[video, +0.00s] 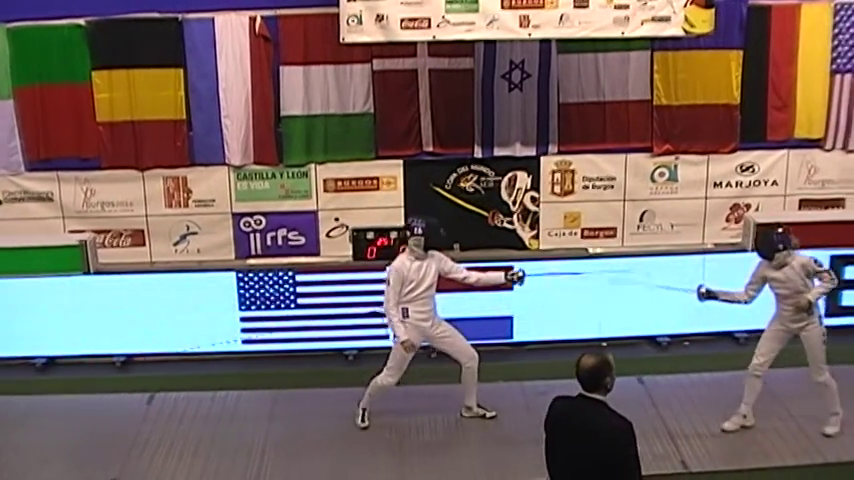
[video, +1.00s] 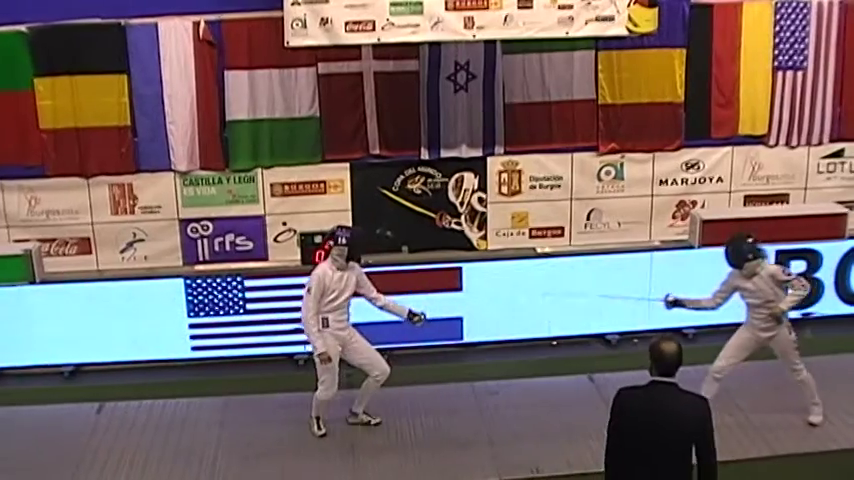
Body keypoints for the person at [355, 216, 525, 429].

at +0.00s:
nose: (419, 242)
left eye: (422, 238)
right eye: (415, 238)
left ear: (427, 239)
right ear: (407, 239)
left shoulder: (436, 259)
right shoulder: (398, 267)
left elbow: (468, 277)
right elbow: (391, 305)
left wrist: (505, 277)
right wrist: (401, 335)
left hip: (434, 324)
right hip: (409, 328)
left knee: (470, 358)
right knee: (389, 379)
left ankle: (470, 407)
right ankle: (364, 406)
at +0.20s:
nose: (423, 236)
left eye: (426, 232)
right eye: (419, 232)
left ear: (431, 234)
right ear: (412, 233)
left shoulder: (441, 254)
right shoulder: (403, 261)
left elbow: (472, 273)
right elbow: (396, 300)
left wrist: (508, 275)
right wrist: (408, 331)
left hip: (435, 318)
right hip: (411, 320)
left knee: (466, 356)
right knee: (404, 376)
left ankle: (461, 407)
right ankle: (392, 409)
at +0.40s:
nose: (410, 242)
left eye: (415, 238)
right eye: (407, 237)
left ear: (420, 240)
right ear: (399, 238)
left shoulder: (427, 260)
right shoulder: (391, 266)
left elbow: (455, 281)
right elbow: (385, 307)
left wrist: (492, 283)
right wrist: (397, 336)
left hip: (425, 323)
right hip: (402, 327)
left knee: (459, 356)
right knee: (393, 384)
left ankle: (452, 407)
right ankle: (367, 408)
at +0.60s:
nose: (381, 250)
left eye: (385, 246)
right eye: (377, 245)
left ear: (390, 248)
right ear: (370, 248)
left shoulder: (397, 269)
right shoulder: (363, 275)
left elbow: (427, 289)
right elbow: (356, 314)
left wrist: (461, 292)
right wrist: (370, 345)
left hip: (394, 330)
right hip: (371, 334)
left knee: (435, 357)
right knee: (363, 390)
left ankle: (440, 407)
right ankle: (337, 412)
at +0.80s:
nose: (356, 242)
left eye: (360, 238)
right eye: (352, 237)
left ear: (365, 240)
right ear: (345, 238)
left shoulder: (369, 262)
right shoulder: (334, 267)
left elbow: (390, 289)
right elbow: (326, 308)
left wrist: (423, 303)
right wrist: (340, 338)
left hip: (364, 324)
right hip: (341, 326)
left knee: (399, 360)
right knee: (340, 382)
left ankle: (407, 408)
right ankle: (326, 414)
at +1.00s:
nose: (339, 250)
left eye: (344, 247)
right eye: (336, 246)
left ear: (351, 251)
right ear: (330, 247)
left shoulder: (355, 271)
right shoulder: (320, 274)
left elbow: (377, 299)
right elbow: (308, 313)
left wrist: (407, 314)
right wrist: (318, 347)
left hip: (346, 332)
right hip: (324, 335)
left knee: (380, 371)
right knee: (328, 389)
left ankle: (357, 413)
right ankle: (317, 417)